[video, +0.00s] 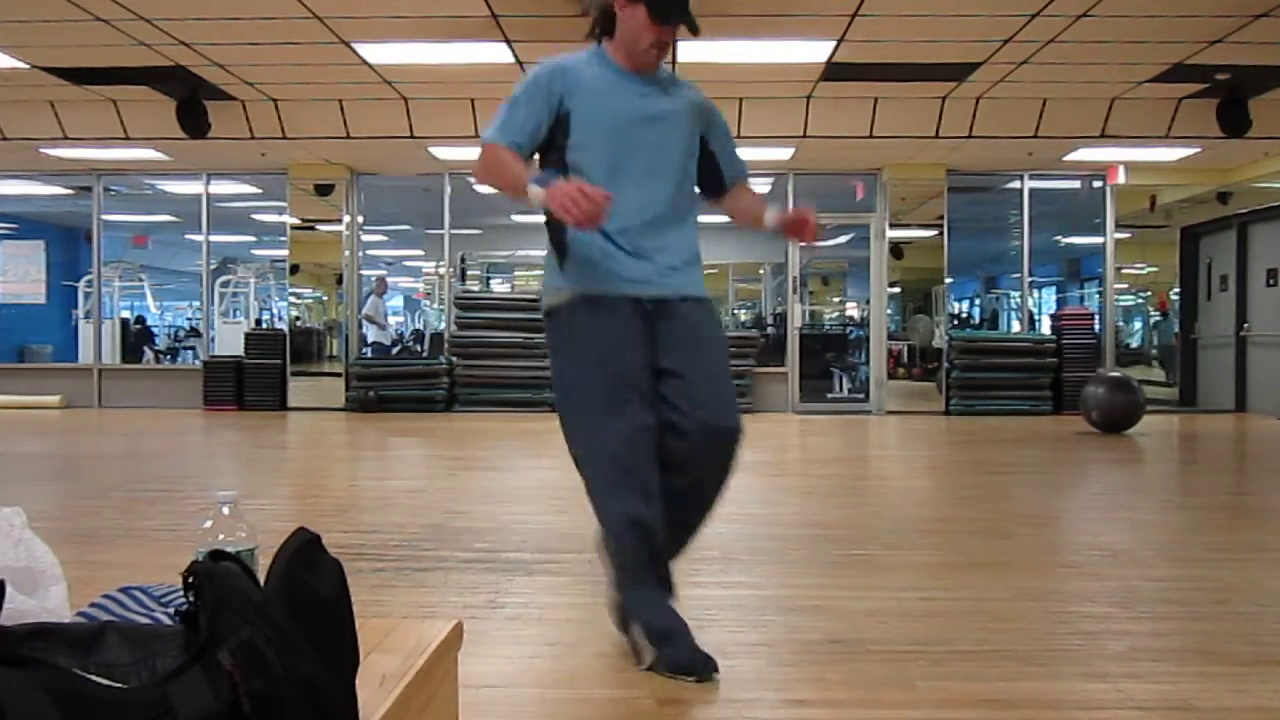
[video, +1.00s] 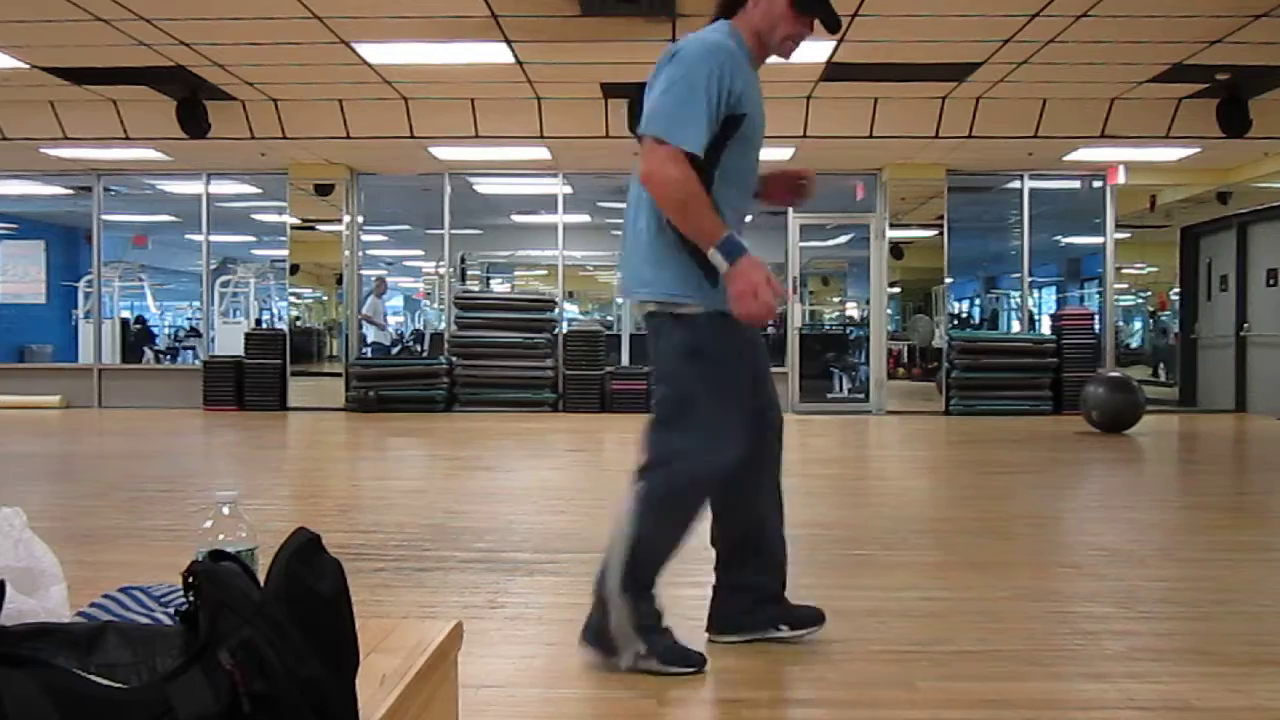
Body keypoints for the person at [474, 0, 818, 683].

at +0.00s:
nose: (669, 39)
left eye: (677, 27)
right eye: (659, 23)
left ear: (684, 25)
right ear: (620, 9)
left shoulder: (691, 105)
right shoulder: (559, 79)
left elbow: (734, 194)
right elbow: (492, 158)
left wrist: (773, 218)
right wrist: (542, 189)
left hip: (680, 292)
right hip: (591, 293)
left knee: (712, 427)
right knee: (620, 453)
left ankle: (635, 567)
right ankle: (663, 634)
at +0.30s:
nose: (746, 29)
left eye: (752, 20)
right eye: (744, 13)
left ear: (719, 13)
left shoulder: (713, 76)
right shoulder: (616, 46)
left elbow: (711, 150)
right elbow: (529, 123)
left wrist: (761, 180)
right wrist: (632, 166)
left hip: (690, 288)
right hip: (615, 287)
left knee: (723, 421)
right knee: (627, 450)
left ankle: (628, 545)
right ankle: (646, 620)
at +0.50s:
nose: (752, 45)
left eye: (756, 34)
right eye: (751, 28)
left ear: (714, 18)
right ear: (717, 13)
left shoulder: (694, 99)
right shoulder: (648, 74)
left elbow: (721, 191)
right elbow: (602, 178)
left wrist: (801, 192)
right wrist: (717, 220)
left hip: (684, 310)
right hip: (664, 312)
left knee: (685, 449)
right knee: (723, 449)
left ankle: (638, 584)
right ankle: (667, 629)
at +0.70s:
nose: (776, 20)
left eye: (781, 12)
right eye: (776, 7)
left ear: (752, 6)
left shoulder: (709, 54)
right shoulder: (687, 33)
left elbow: (669, 161)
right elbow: (663, 137)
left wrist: (727, 194)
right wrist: (772, 155)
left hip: (704, 282)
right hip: (662, 279)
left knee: (743, 423)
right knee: (680, 447)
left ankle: (665, 569)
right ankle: (658, 630)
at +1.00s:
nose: (803, 36)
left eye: (810, 26)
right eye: (802, 18)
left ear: (767, 11)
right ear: (765, 3)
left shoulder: (740, 73)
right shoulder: (705, 56)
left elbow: (702, 172)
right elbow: (661, 165)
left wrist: (761, 186)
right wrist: (733, 257)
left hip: (713, 294)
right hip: (679, 294)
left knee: (754, 441)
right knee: (693, 450)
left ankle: (747, 603)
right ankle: (618, 618)